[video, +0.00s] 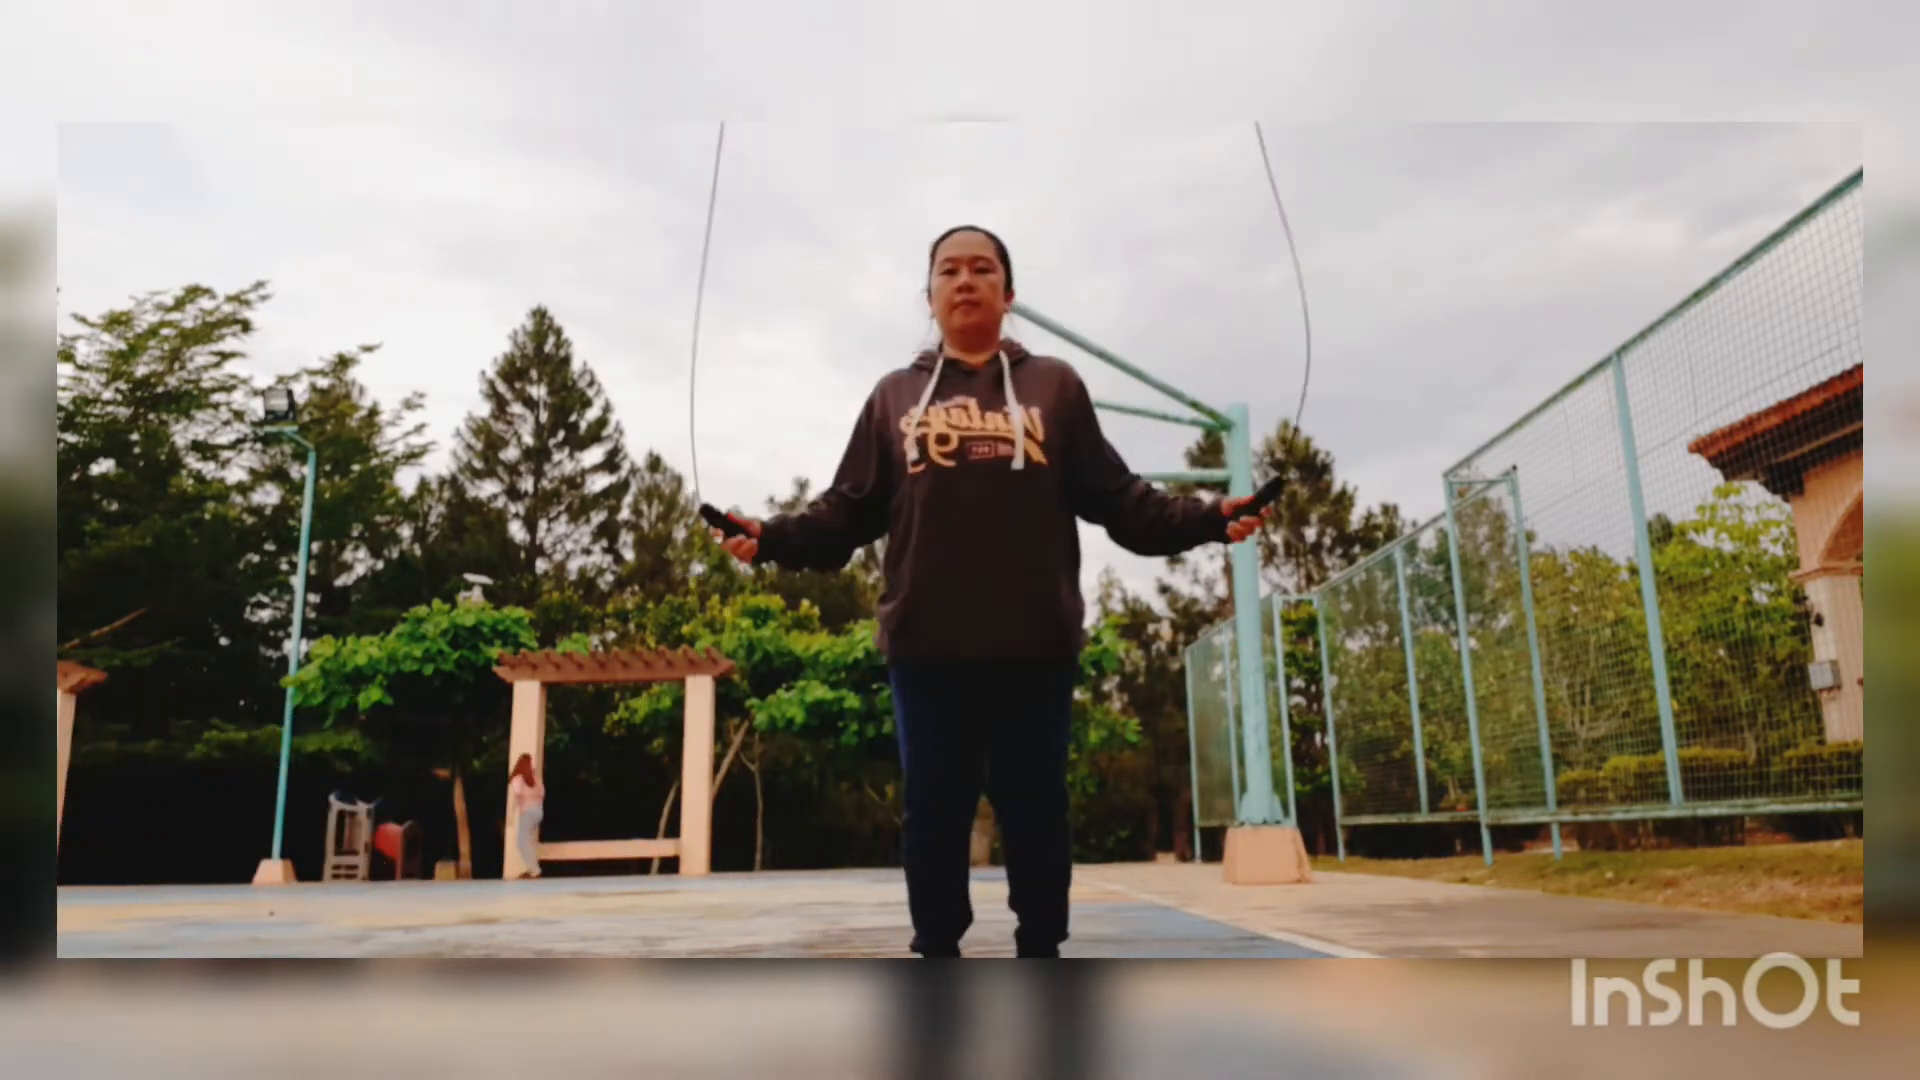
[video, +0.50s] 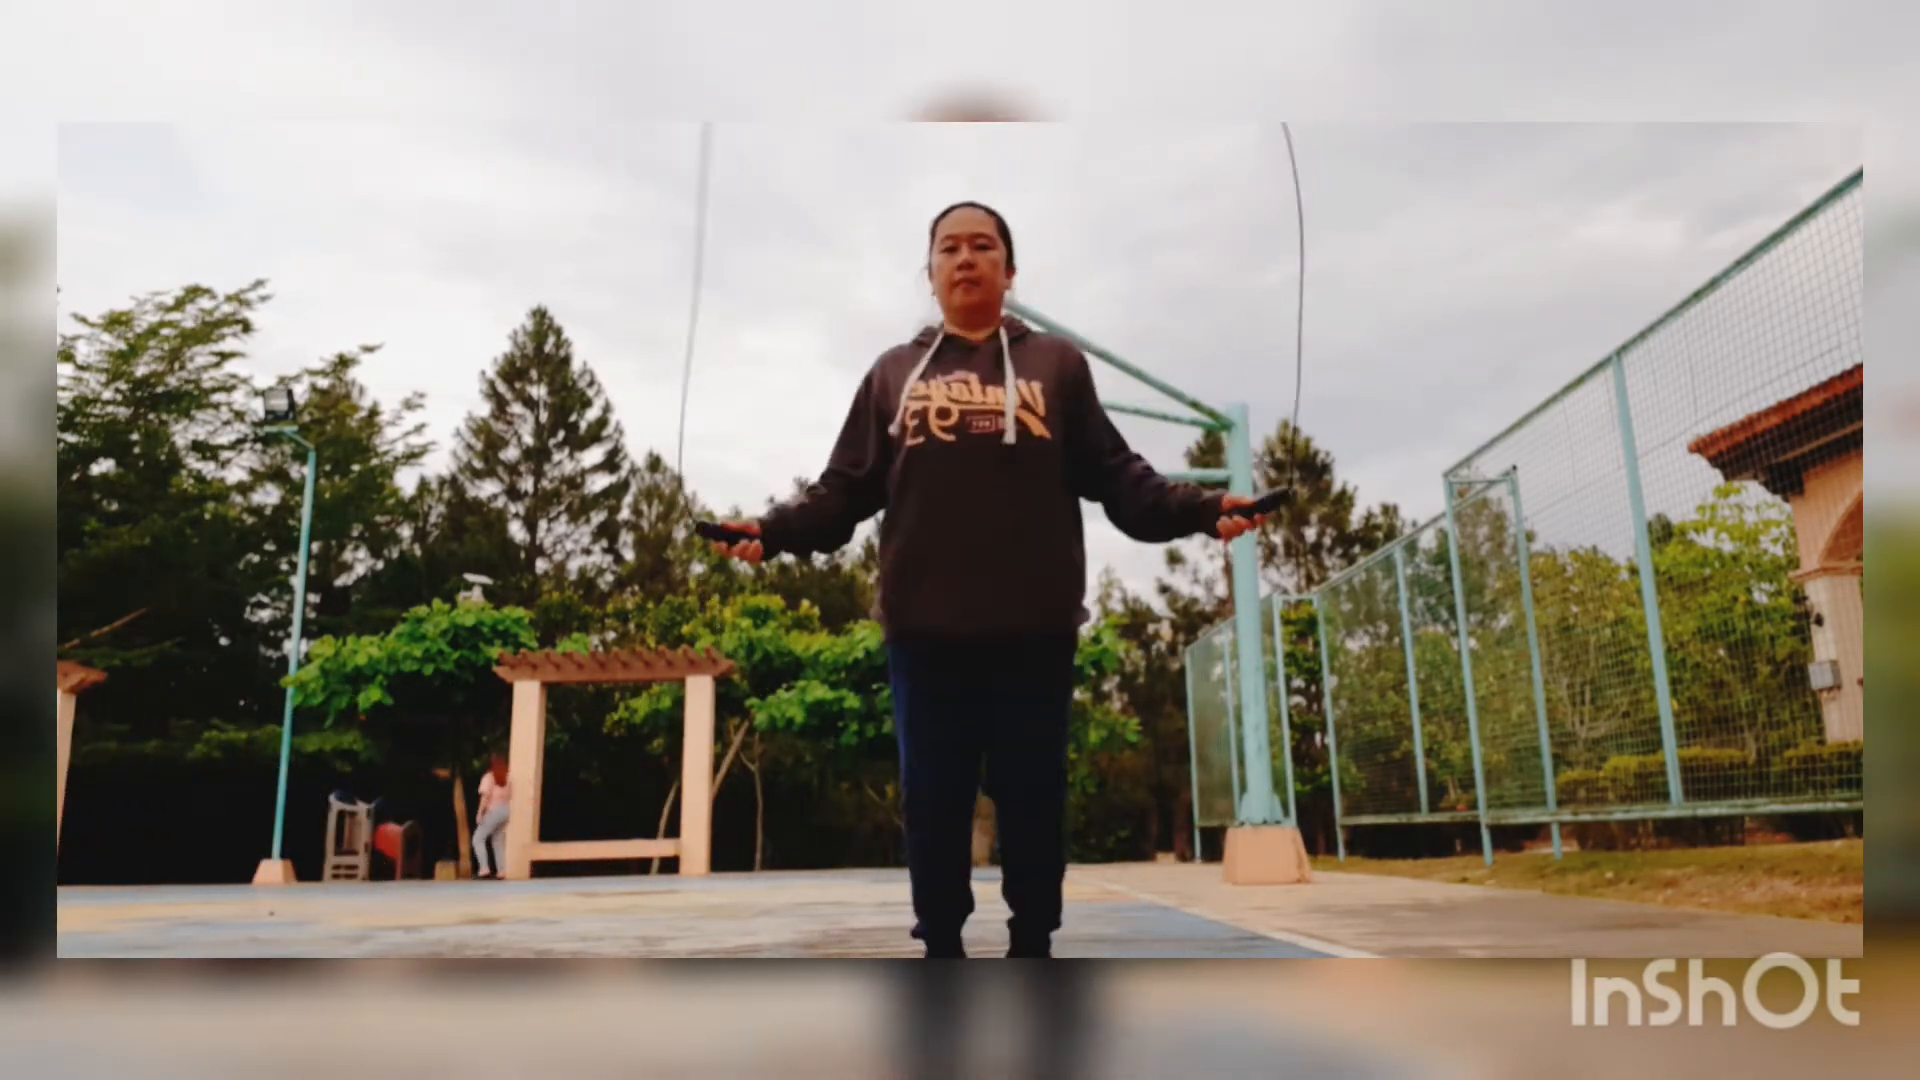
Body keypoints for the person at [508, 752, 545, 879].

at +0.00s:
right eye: (529, 764)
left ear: (519, 764)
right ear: (530, 765)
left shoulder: (518, 778)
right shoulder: (535, 777)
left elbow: (517, 795)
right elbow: (542, 792)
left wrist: (512, 813)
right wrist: (539, 805)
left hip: (527, 810)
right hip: (538, 809)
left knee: (522, 840)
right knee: (529, 840)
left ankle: (534, 868)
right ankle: (531, 867)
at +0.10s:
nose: (520, 766)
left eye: (517, 763)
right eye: (523, 763)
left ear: (514, 764)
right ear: (525, 764)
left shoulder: (510, 778)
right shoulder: (530, 777)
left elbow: (506, 798)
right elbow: (537, 793)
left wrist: (500, 813)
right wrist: (536, 809)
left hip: (519, 811)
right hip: (532, 810)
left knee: (520, 842)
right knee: (518, 841)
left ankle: (534, 868)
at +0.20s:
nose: (517, 766)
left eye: (515, 763)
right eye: (518, 763)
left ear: (511, 764)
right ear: (521, 765)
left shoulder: (506, 778)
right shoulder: (527, 778)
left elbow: (499, 797)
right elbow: (533, 797)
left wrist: (492, 813)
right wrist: (535, 814)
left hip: (512, 812)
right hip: (524, 811)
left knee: (516, 842)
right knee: (510, 841)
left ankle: (532, 867)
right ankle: (501, 871)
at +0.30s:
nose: (509, 768)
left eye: (507, 765)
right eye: (511, 765)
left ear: (503, 765)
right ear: (514, 765)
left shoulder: (499, 778)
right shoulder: (519, 779)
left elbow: (493, 796)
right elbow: (522, 799)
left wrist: (486, 812)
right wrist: (526, 817)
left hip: (503, 812)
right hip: (516, 812)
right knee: (501, 843)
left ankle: (521, 863)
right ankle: (501, 871)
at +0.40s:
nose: (503, 767)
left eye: (501, 763)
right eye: (505, 764)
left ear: (498, 765)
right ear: (510, 765)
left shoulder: (494, 778)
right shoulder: (513, 778)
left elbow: (489, 797)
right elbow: (516, 796)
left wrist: (484, 812)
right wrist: (516, 815)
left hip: (499, 812)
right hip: (512, 811)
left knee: (486, 840)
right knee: (500, 841)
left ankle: (506, 862)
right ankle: (500, 870)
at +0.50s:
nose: (495, 766)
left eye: (494, 763)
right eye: (497, 764)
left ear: (492, 764)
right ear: (504, 764)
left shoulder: (488, 777)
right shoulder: (508, 777)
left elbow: (485, 797)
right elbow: (510, 795)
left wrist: (479, 813)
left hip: (493, 810)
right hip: (506, 809)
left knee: (478, 837)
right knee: (498, 839)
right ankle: (501, 869)